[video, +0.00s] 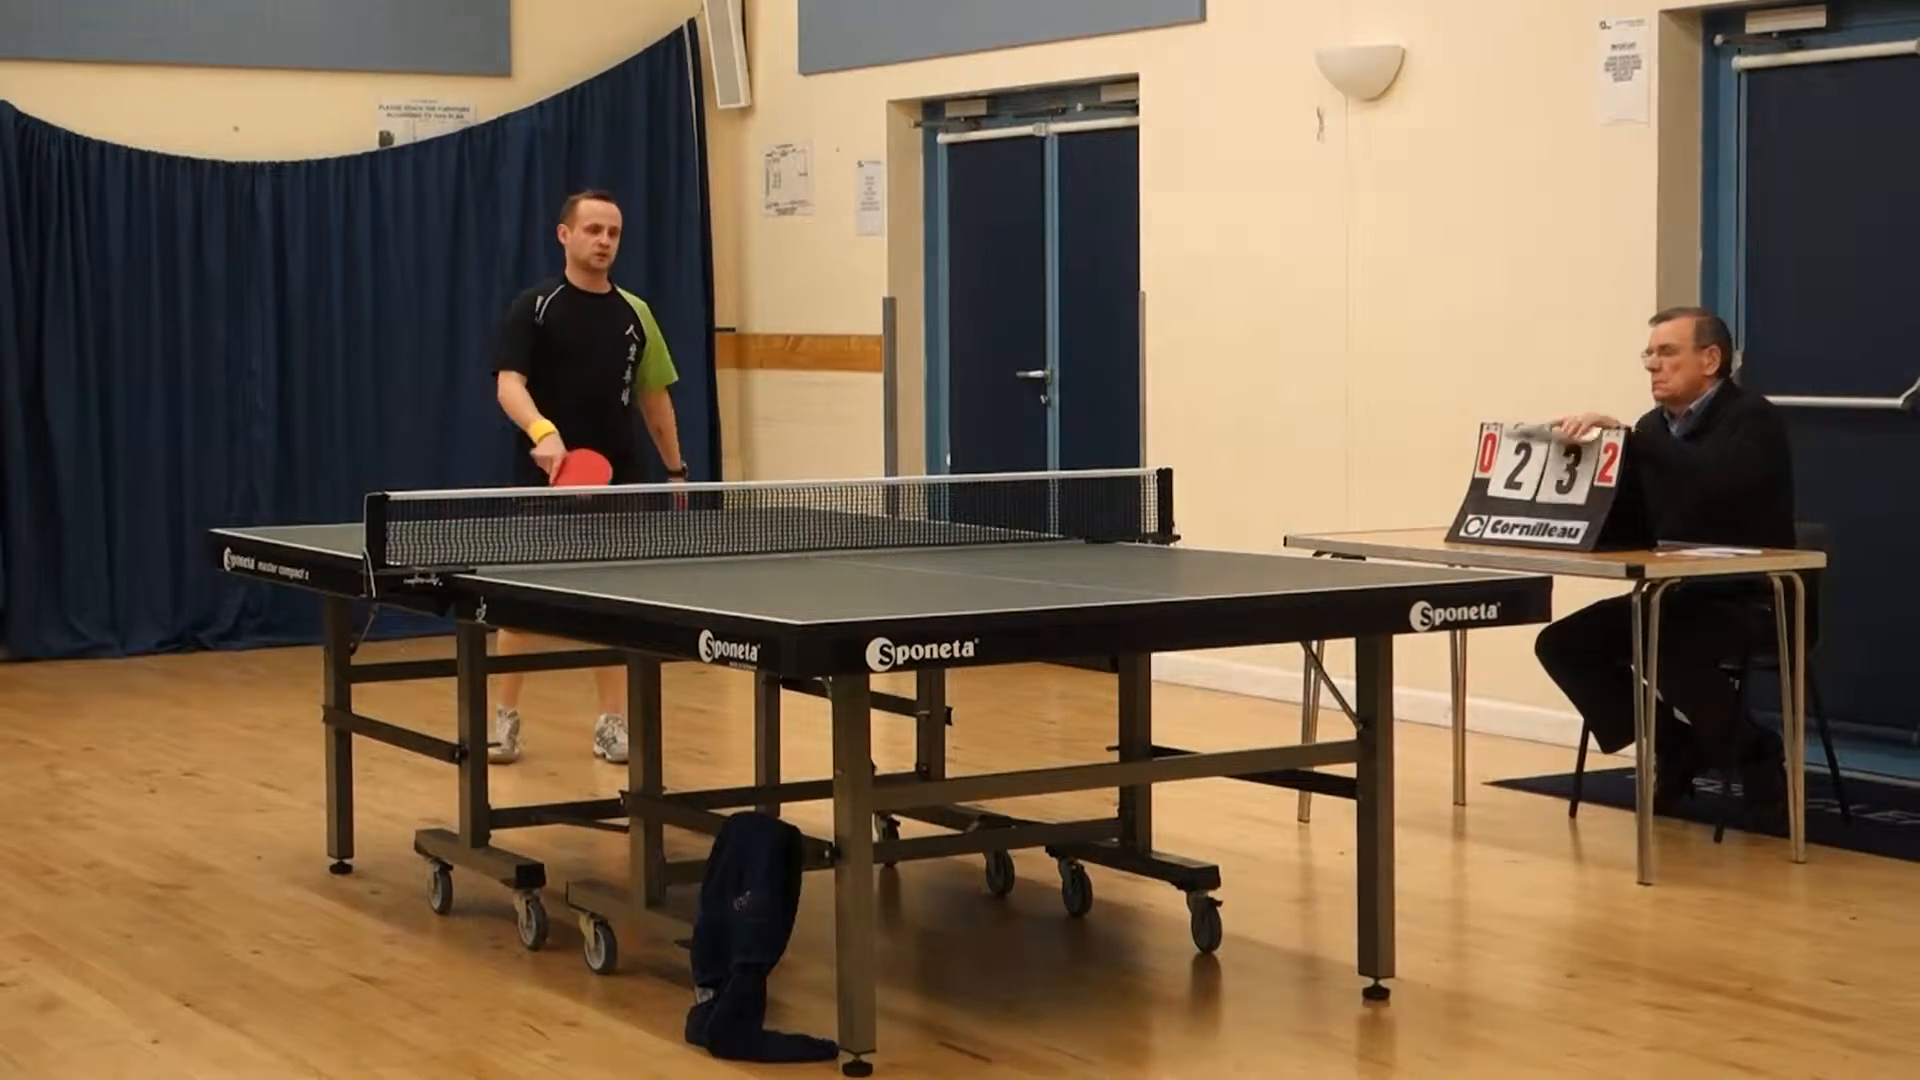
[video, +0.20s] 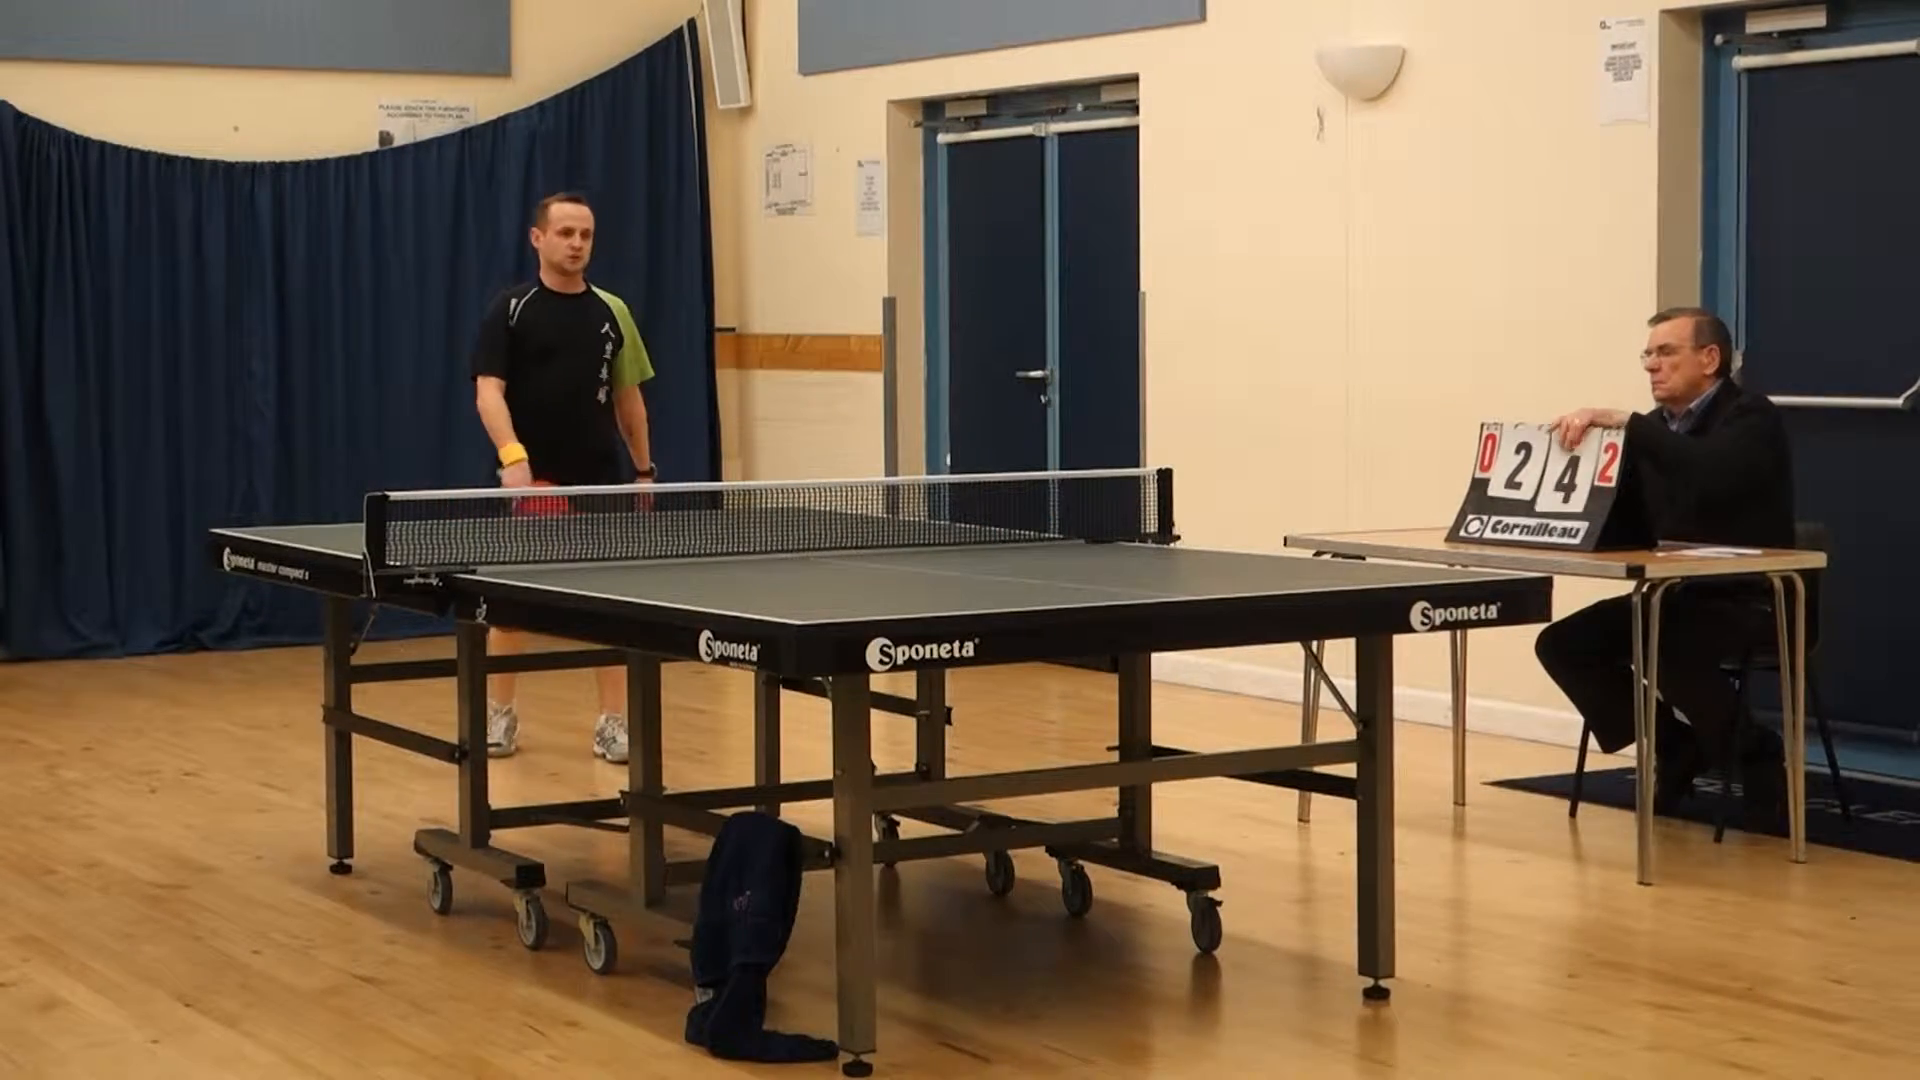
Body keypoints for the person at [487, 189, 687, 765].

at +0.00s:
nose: (604, 240)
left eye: (612, 232)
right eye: (593, 229)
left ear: (620, 241)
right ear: (564, 234)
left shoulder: (634, 312)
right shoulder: (532, 307)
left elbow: (654, 394)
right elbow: (508, 383)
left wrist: (675, 466)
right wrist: (540, 430)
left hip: (622, 485)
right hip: (544, 483)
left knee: (621, 602)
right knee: (520, 599)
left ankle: (613, 719)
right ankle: (504, 713)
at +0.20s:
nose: (577, 243)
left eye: (585, 234)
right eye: (566, 233)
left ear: (593, 242)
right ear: (538, 239)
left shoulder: (612, 312)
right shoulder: (510, 309)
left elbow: (629, 396)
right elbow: (488, 393)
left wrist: (644, 469)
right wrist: (514, 460)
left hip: (603, 485)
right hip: (532, 486)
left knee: (615, 605)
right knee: (509, 602)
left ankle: (613, 719)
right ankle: (500, 711)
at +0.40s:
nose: (547, 246)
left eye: (556, 238)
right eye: (536, 236)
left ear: (565, 245)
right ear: (510, 242)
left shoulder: (588, 314)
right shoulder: (481, 316)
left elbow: (609, 397)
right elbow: (451, 395)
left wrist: (617, 469)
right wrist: (452, 470)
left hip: (577, 493)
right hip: (499, 496)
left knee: (602, 610)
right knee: (501, 610)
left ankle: (610, 718)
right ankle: (499, 714)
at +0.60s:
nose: (528, 247)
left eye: (536, 237)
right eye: (516, 237)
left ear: (547, 243)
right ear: (491, 243)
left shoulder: (572, 310)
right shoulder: (463, 316)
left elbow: (590, 383)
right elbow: (426, 395)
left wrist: (580, 437)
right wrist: (402, 472)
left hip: (558, 485)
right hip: (486, 486)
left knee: (590, 600)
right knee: (496, 604)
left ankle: (606, 714)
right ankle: (498, 712)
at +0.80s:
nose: (518, 247)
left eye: (527, 237)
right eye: (506, 236)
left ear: (538, 244)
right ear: (482, 242)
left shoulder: (562, 308)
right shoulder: (454, 313)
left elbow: (577, 387)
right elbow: (421, 394)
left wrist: (553, 445)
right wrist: (398, 473)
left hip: (549, 480)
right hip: (478, 484)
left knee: (577, 596)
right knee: (492, 601)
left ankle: (603, 711)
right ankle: (497, 711)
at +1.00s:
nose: (517, 247)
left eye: (526, 237)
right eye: (505, 236)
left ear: (536, 242)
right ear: (480, 242)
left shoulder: (561, 308)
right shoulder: (453, 313)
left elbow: (581, 394)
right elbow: (425, 394)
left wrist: (584, 471)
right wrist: (421, 473)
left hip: (551, 488)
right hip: (477, 490)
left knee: (577, 602)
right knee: (490, 608)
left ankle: (603, 711)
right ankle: (498, 713)